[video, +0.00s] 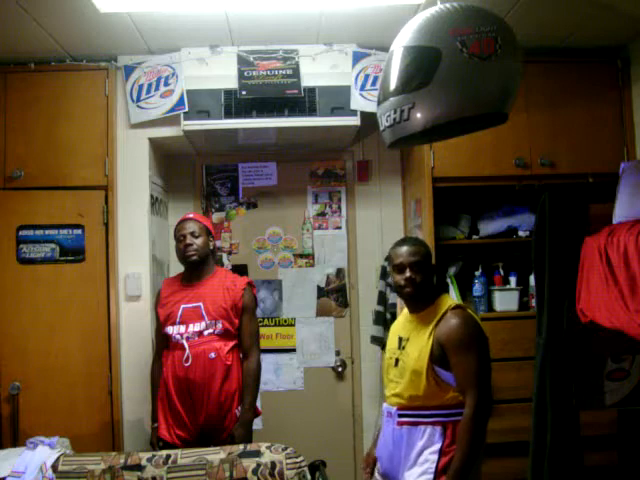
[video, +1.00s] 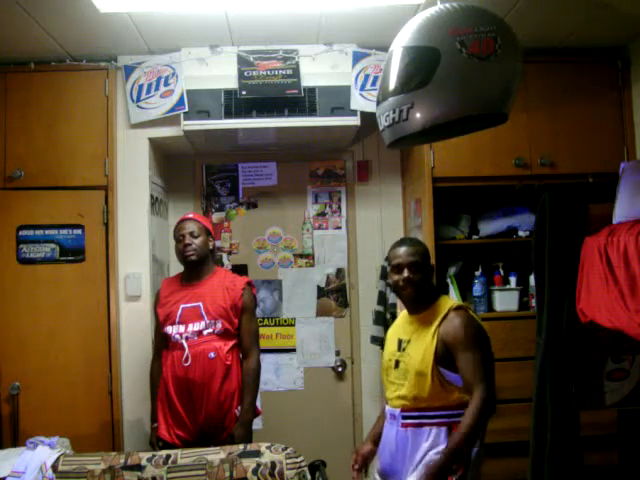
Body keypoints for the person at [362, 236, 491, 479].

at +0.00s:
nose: (408, 276)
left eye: (416, 268)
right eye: (399, 270)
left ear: (431, 270)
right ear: (390, 276)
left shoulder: (456, 324)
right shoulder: (404, 318)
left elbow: (477, 402)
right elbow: (398, 393)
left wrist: (456, 471)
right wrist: (376, 446)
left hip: (433, 441)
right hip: (393, 439)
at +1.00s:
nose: (405, 276)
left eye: (414, 268)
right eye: (397, 270)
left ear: (430, 272)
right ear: (388, 277)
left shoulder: (457, 323)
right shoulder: (400, 323)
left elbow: (482, 396)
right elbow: (397, 394)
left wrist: (444, 460)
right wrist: (371, 441)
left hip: (434, 443)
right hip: (393, 441)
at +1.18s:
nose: (409, 271)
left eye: (417, 264)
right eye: (400, 265)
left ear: (431, 268)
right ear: (390, 273)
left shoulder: (455, 314)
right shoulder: (396, 321)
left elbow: (475, 370)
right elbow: (393, 391)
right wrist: (370, 437)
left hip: (440, 434)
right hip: (394, 434)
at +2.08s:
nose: (407, 271)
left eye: (416, 263)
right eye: (398, 265)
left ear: (429, 269)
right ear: (389, 274)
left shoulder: (453, 311)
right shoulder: (396, 324)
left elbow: (469, 357)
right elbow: (393, 393)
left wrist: (442, 333)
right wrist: (361, 437)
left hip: (441, 435)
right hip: (395, 436)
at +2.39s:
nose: (376, 274)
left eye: (384, 266)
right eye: (379, 266)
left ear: (407, 275)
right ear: (405, 276)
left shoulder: (454, 314)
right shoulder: (397, 325)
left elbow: (468, 341)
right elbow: (390, 389)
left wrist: (440, 319)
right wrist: (343, 417)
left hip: (438, 443)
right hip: (393, 440)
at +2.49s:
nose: (375, 275)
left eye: (381, 267)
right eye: (376, 267)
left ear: (404, 271)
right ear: (401, 271)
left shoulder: (450, 311)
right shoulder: (395, 324)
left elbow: (472, 347)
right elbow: (384, 388)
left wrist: (436, 328)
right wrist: (331, 394)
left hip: (438, 437)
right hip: (395, 435)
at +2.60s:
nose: (371, 276)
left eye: (377, 269)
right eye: (373, 268)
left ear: (400, 276)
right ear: (398, 278)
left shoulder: (447, 312)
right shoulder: (396, 323)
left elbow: (479, 350)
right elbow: (377, 376)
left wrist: (433, 340)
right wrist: (314, 369)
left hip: (440, 437)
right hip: (397, 434)